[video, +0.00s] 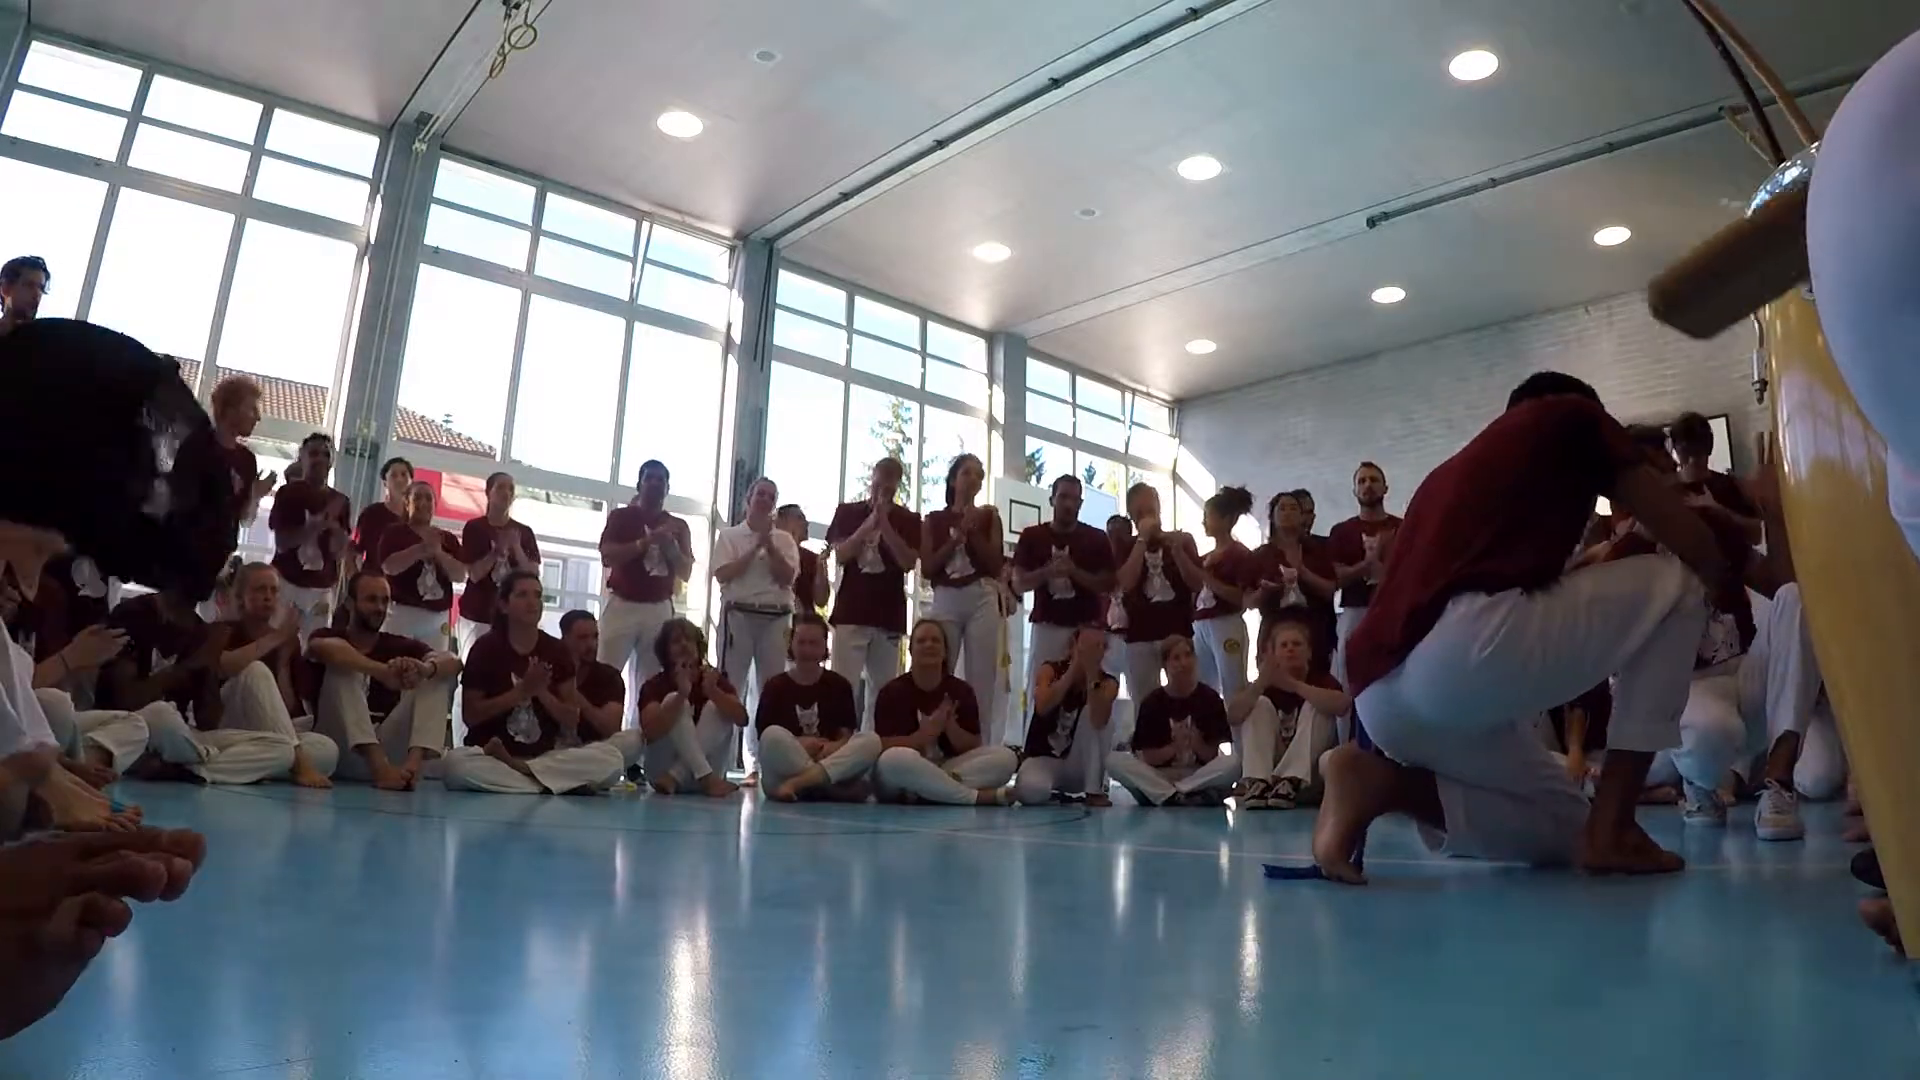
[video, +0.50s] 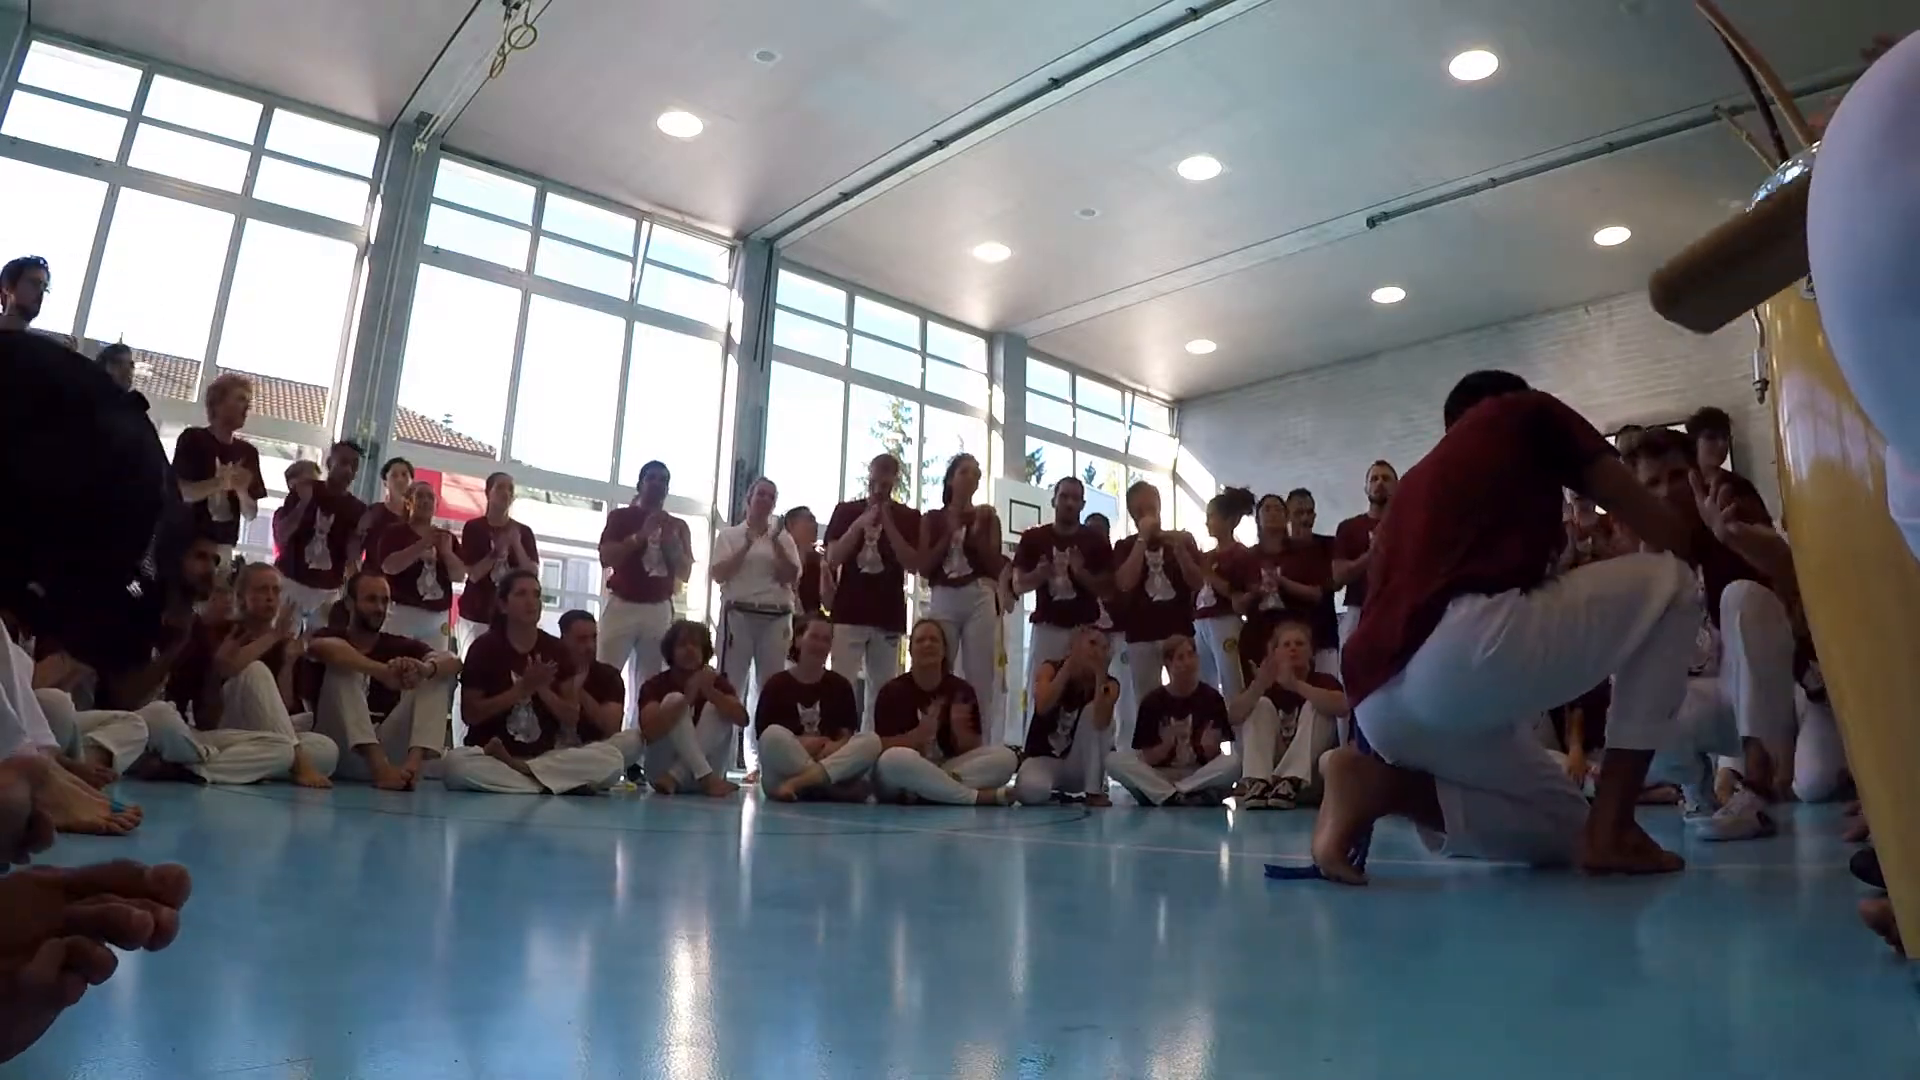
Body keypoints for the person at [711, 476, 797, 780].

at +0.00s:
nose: (763, 499)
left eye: (768, 496)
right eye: (759, 494)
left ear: (775, 504)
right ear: (747, 498)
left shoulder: (785, 539)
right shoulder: (729, 535)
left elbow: (788, 578)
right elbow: (721, 575)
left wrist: (769, 545)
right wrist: (754, 549)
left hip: (776, 617)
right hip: (738, 616)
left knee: (773, 690)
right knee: (730, 688)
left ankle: (766, 762)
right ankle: (725, 763)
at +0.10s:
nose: (763, 499)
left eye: (769, 496)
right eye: (759, 494)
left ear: (775, 504)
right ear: (748, 498)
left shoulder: (784, 538)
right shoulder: (728, 534)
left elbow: (788, 579)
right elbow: (719, 574)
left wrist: (779, 547)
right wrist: (743, 546)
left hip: (776, 617)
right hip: (737, 615)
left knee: (772, 690)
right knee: (731, 689)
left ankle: (766, 762)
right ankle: (725, 763)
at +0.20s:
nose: (763, 499)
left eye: (769, 496)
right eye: (759, 493)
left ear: (775, 503)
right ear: (748, 497)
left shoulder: (782, 537)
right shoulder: (730, 534)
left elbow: (789, 578)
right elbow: (720, 574)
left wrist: (787, 542)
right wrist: (734, 539)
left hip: (776, 616)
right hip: (737, 615)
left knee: (772, 691)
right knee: (731, 689)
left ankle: (766, 763)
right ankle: (725, 764)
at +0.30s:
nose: (763, 499)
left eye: (769, 496)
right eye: (759, 494)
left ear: (775, 503)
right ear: (748, 497)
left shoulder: (782, 536)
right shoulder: (730, 533)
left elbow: (787, 579)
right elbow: (720, 574)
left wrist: (781, 549)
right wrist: (742, 542)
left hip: (776, 616)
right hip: (737, 615)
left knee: (772, 691)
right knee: (731, 689)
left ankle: (766, 762)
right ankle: (726, 764)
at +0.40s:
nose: (764, 500)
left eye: (769, 496)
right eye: (760, 494)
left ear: (775, 504)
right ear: (748, 498)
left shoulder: (783, 538)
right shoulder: (729, 535)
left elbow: (787, 577)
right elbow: (721, 575)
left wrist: (768, 547)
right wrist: (754, 550)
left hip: (776, 618)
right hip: (738, 616)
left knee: (772, 691)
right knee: (731, 689)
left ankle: (766, 762)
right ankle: (725, 763)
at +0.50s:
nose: (763, 499)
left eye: (769, 496)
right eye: (759, 494)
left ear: (775, 503)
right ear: (748, 497)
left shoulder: (783, 537)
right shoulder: (729, 534)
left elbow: (791, 576)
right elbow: (718, 574)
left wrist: (777, 547)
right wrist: (746, 546)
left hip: (776, 617)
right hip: (737, 615)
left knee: (772, 688)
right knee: (731, 686)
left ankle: (769, 757)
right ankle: (726, 757)